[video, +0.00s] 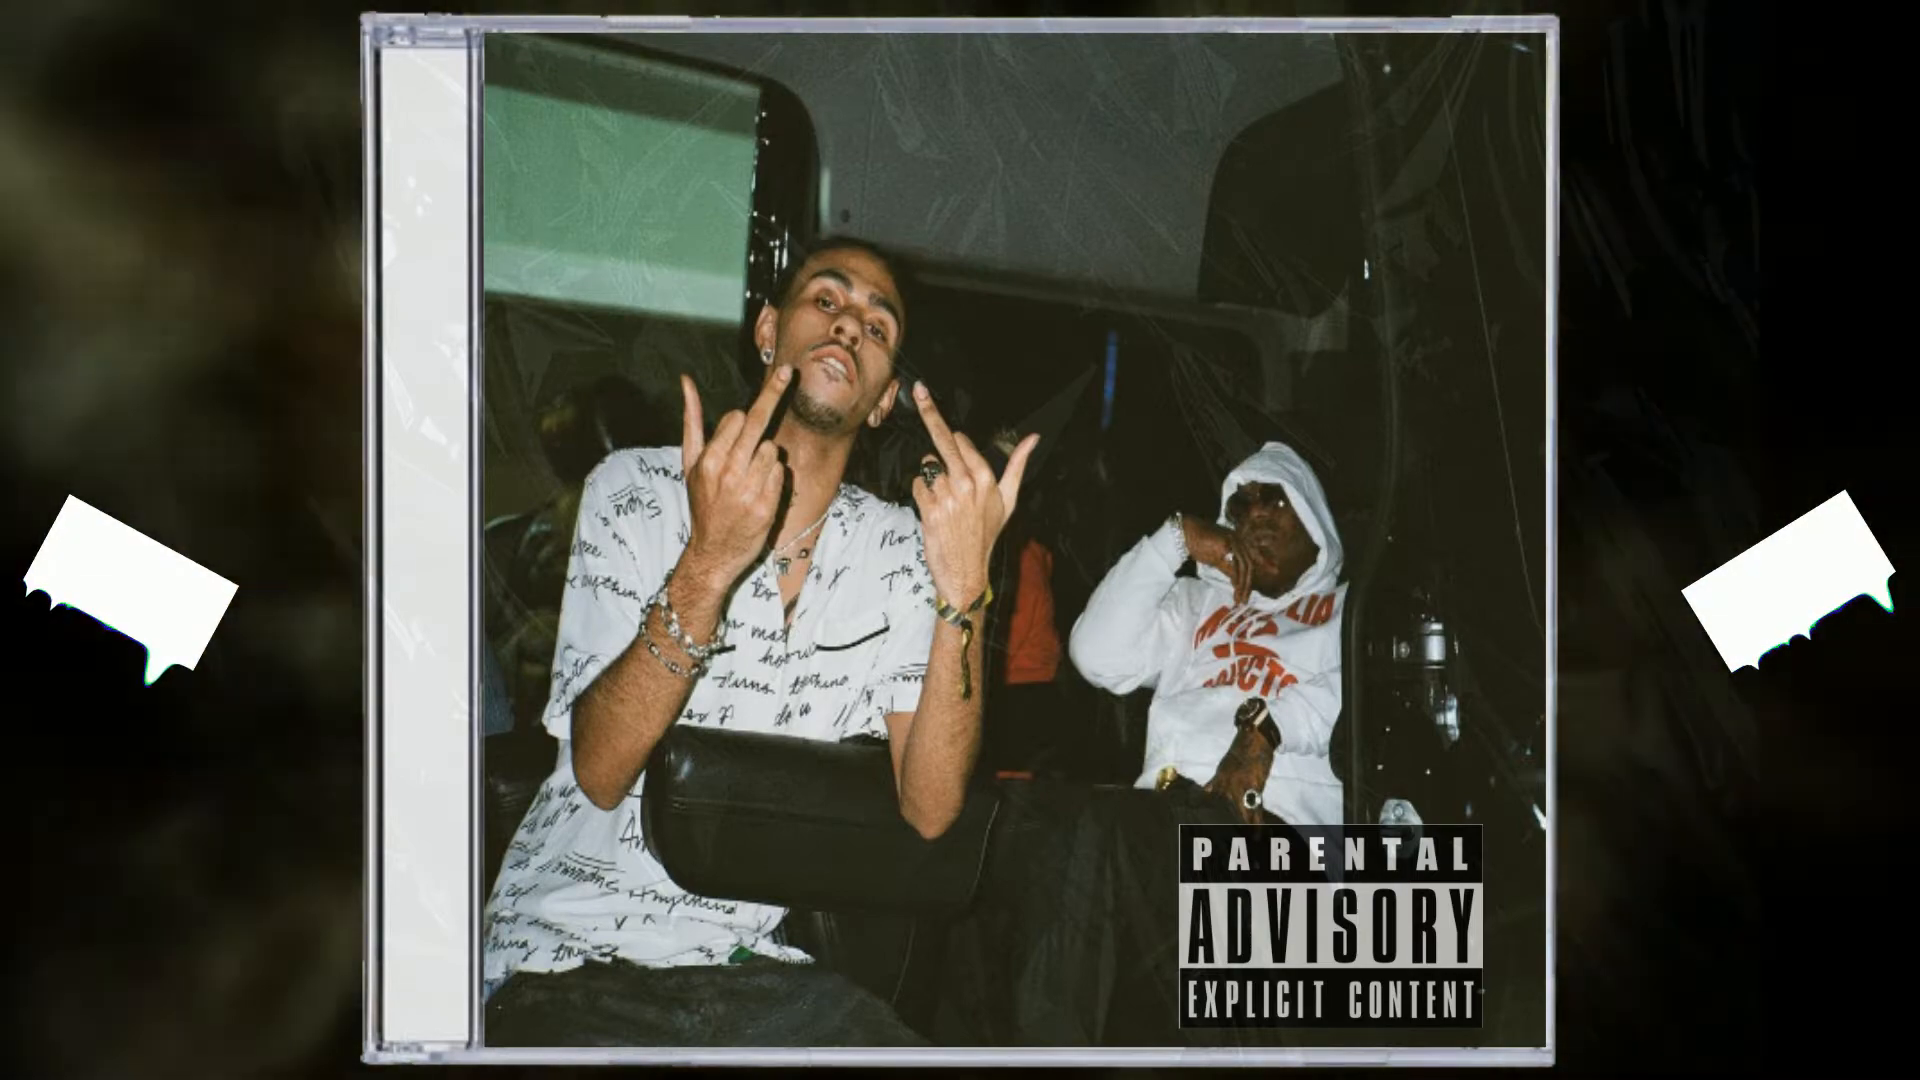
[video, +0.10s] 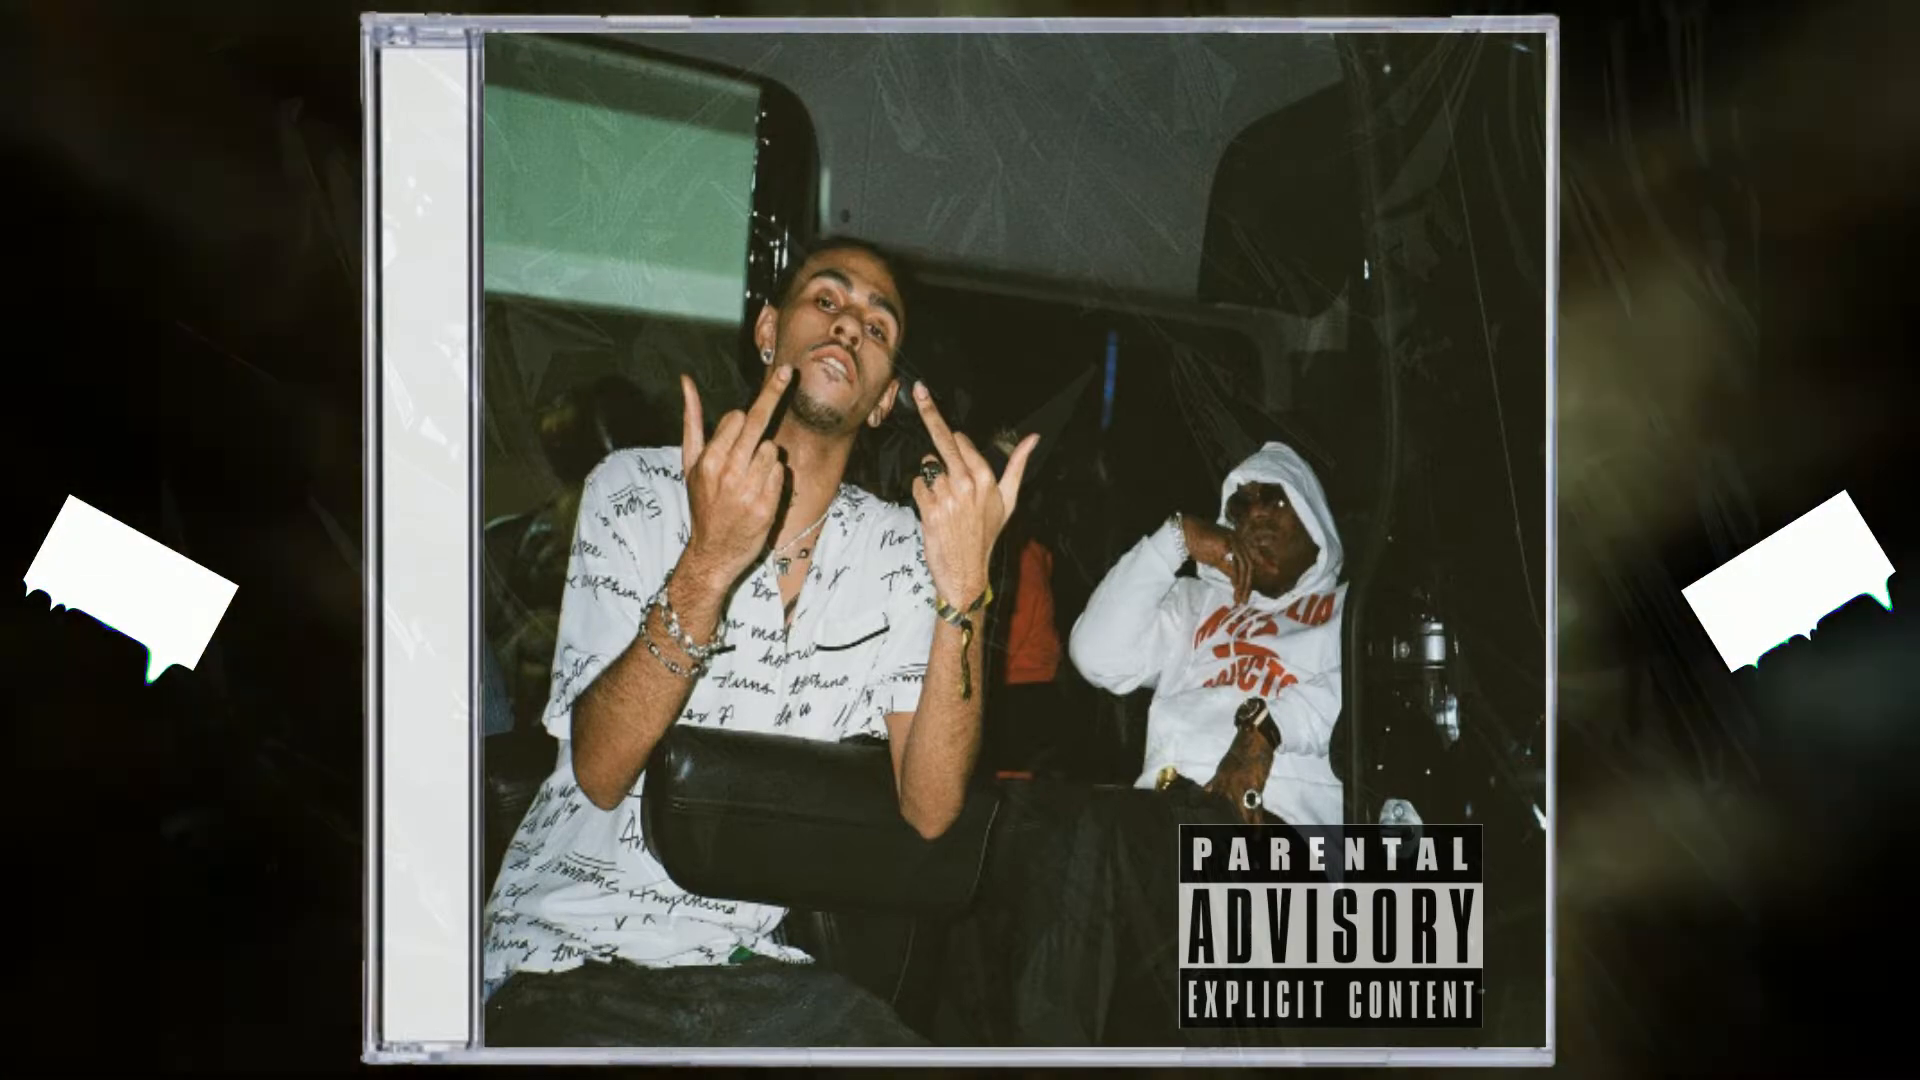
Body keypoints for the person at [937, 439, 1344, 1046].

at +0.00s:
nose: (1259, 517)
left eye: (1279, 501)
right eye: (1245, 502)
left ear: (1318, 521)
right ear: (1227, 523)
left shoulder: (1351, 606)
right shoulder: (1197, 601)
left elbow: (1356, 700)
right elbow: (1099, 658)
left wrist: (1269, 726)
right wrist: (1177, 539)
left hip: (1284, 817)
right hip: (1165, 807)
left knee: (1099, 825)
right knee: (1024, 810)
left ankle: (1052, 1053)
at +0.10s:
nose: (1259, 517)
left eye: (1279, 501)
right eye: (1245, 502)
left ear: (1318, 521)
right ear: (1227, 523)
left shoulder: (1351, 606)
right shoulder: (1197, 601)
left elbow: (1357, 700)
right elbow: (1100, 658)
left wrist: (1270, 726)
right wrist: (1177, 539)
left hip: (1284, 815)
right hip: (1166, 806)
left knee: (1101, 824)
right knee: (1026, 810)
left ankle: (1052, 1052)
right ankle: (972, 1046)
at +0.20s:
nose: (1259, 517)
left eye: (1279, 501)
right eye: (1246, 502)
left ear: (1318, 521)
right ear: (1227, 523)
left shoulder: (1351, 605)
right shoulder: (1197, 601)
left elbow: (1357, 700)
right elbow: (1100, 658)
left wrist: (1269, 725)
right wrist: (1176, 539)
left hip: (1285, 815)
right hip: (1166, 806)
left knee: (1103, 824)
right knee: (1026, 811)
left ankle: (1051, 1053)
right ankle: (971, 1046)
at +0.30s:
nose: (1259, 517)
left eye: (1280, 501)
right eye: (1246, 502)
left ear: (1318, 521)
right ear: (1227, 523)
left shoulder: (1351, 605)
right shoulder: (1197, 601)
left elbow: (1354, 702)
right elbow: (1099, 658)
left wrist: (1269, 725)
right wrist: (1176, 539)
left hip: (1286, 816)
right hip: (1166, 807)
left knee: (1102, 825)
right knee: (1027, 811)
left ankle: (1052, 1053)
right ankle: (971, 1047)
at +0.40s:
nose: (1259, 517)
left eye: (1280, 501)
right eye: (1246, 502)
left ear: (1318, 522)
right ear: (1227, 523)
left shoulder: (1351, 605)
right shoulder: (1197, 601)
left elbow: (1358, 699)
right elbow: (1099, 658)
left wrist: (1269, 726)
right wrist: (1176, 539)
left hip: (1284, 817)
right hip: (1165, 806)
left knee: (1100, 825)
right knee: (1027, 810)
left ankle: (1052, 1053)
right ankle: (969, 1046)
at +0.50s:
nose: (1259, 516)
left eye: (1279, 501)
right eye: (1245, 502)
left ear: (1318, 523)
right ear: (1227, 524)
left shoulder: (1351, 606)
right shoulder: (1197, 602)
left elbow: (1357, 700)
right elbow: (1100, 658)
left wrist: (1269, 726)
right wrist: (1177, 539)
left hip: (1284, 815)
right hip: (1165, 805)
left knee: (1102, 825)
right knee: (1028, 810)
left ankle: (1052, 1052)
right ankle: (970, 1047)